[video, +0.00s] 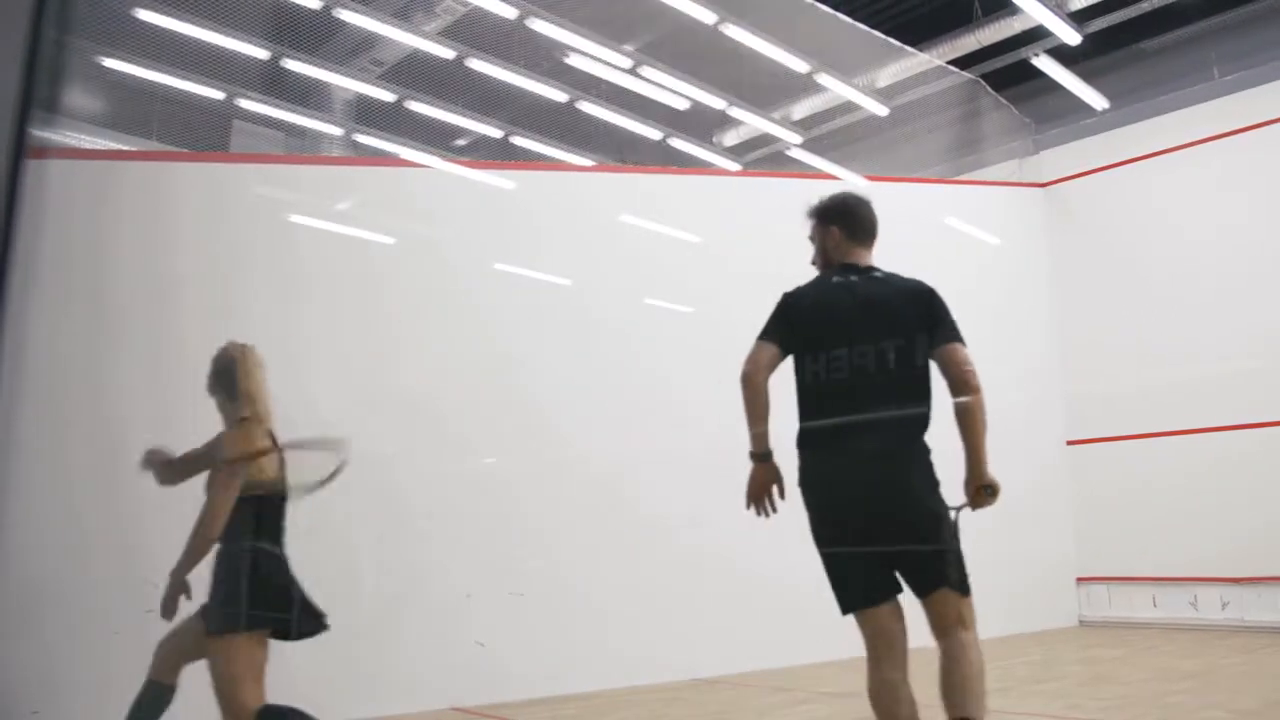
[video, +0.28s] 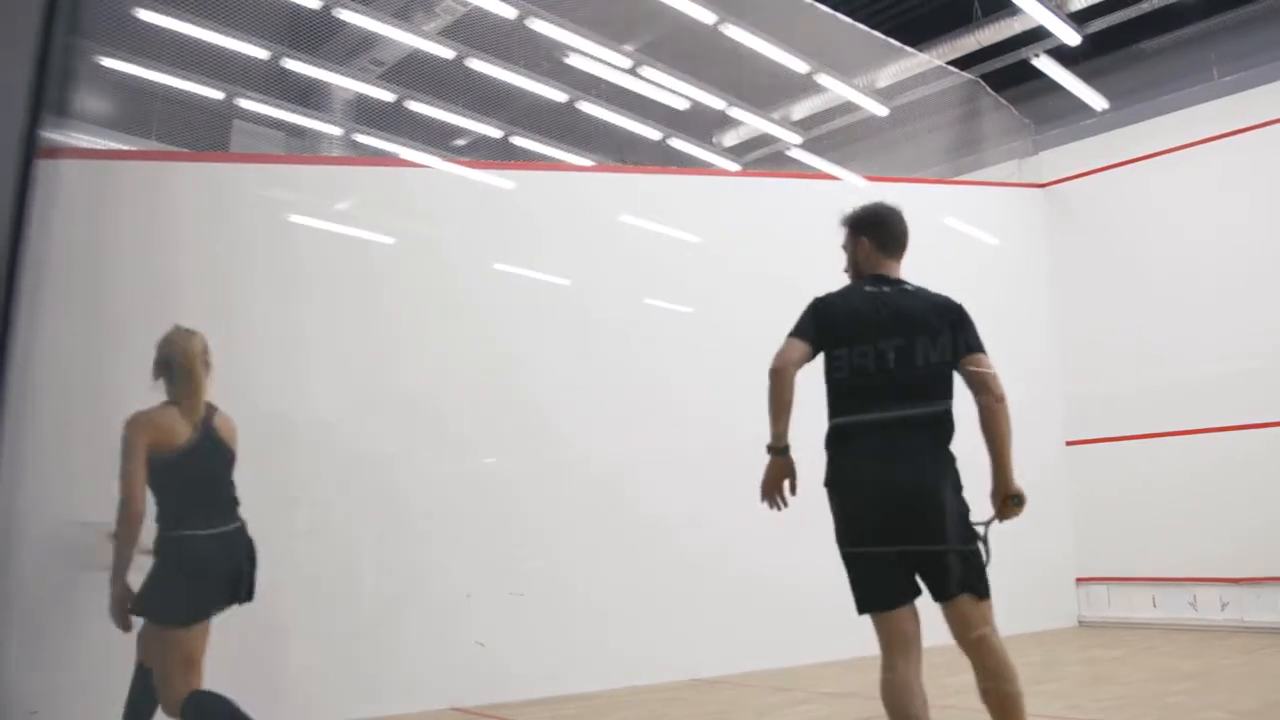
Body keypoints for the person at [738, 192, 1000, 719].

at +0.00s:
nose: (811, 252)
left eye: (813, 239)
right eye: (811, 240)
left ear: (831, 236)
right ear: (869, 240)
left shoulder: (800, 304)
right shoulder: (916, 296)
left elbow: (753, 373)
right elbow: (964, 383)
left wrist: (761, 458)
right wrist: (978, 469)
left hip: (831, 489)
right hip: (904, 481)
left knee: (883, 638)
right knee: (955, 627)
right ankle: (968, 713)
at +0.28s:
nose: (843, 259)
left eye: (845, 248)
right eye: (844, 249)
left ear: (860, 246)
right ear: (902, 251)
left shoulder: (830, 310)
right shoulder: (945, 311)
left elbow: (782, 366)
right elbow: (990, 393)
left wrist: (779, 450)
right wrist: (1004, 479)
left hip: (857, 493)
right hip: (930, 488)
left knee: (898, 648)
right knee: (980, 635)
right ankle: (1013, 717)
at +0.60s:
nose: (880, 273)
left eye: (878, 266)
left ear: (877, 268)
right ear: (928, 267)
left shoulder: (851, 326)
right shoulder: (962, 330)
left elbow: (807, 377)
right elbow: (1004, 413)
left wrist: (795, 462)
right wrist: (1011, 495)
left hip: (877, 510)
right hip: (950, 506)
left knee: (902, 648)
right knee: (987, 633)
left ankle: (919, 713)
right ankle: (1012, 716)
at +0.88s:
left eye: (877, 266)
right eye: (920, 264)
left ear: (871, 269)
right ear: (921, 267)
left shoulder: (850, 323)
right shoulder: (959, 329)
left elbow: (814, 376)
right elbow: (994, 409)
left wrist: (806, 456)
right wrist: (992, 487)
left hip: (875, 502)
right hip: (946, 501)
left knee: (856, 629)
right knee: (981, 631)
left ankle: (891, 715)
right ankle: (1010, 715)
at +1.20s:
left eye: (839, 278)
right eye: (882, 274)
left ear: (838, 281)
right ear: (888, 278)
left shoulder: (827, 333)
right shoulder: (929, 335)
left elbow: (808, 392)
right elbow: (968, 412)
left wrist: (797, 470)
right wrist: (955, 480)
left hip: (861, 508)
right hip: (931, 507)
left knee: (807, 625)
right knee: (974, 637)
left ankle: (794, 717)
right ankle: (1006, 718)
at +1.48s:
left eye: (797, 293)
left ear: (798, 296)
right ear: (846, 293)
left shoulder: (790, 349)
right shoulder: (886, 349)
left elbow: (778, 421)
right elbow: (921, 428)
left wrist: (768, 498)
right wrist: (893, 484)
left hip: (828, 518)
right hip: (897, 516)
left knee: (771, 635)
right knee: (952, 639)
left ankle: (754, 718)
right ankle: (1000, 717)